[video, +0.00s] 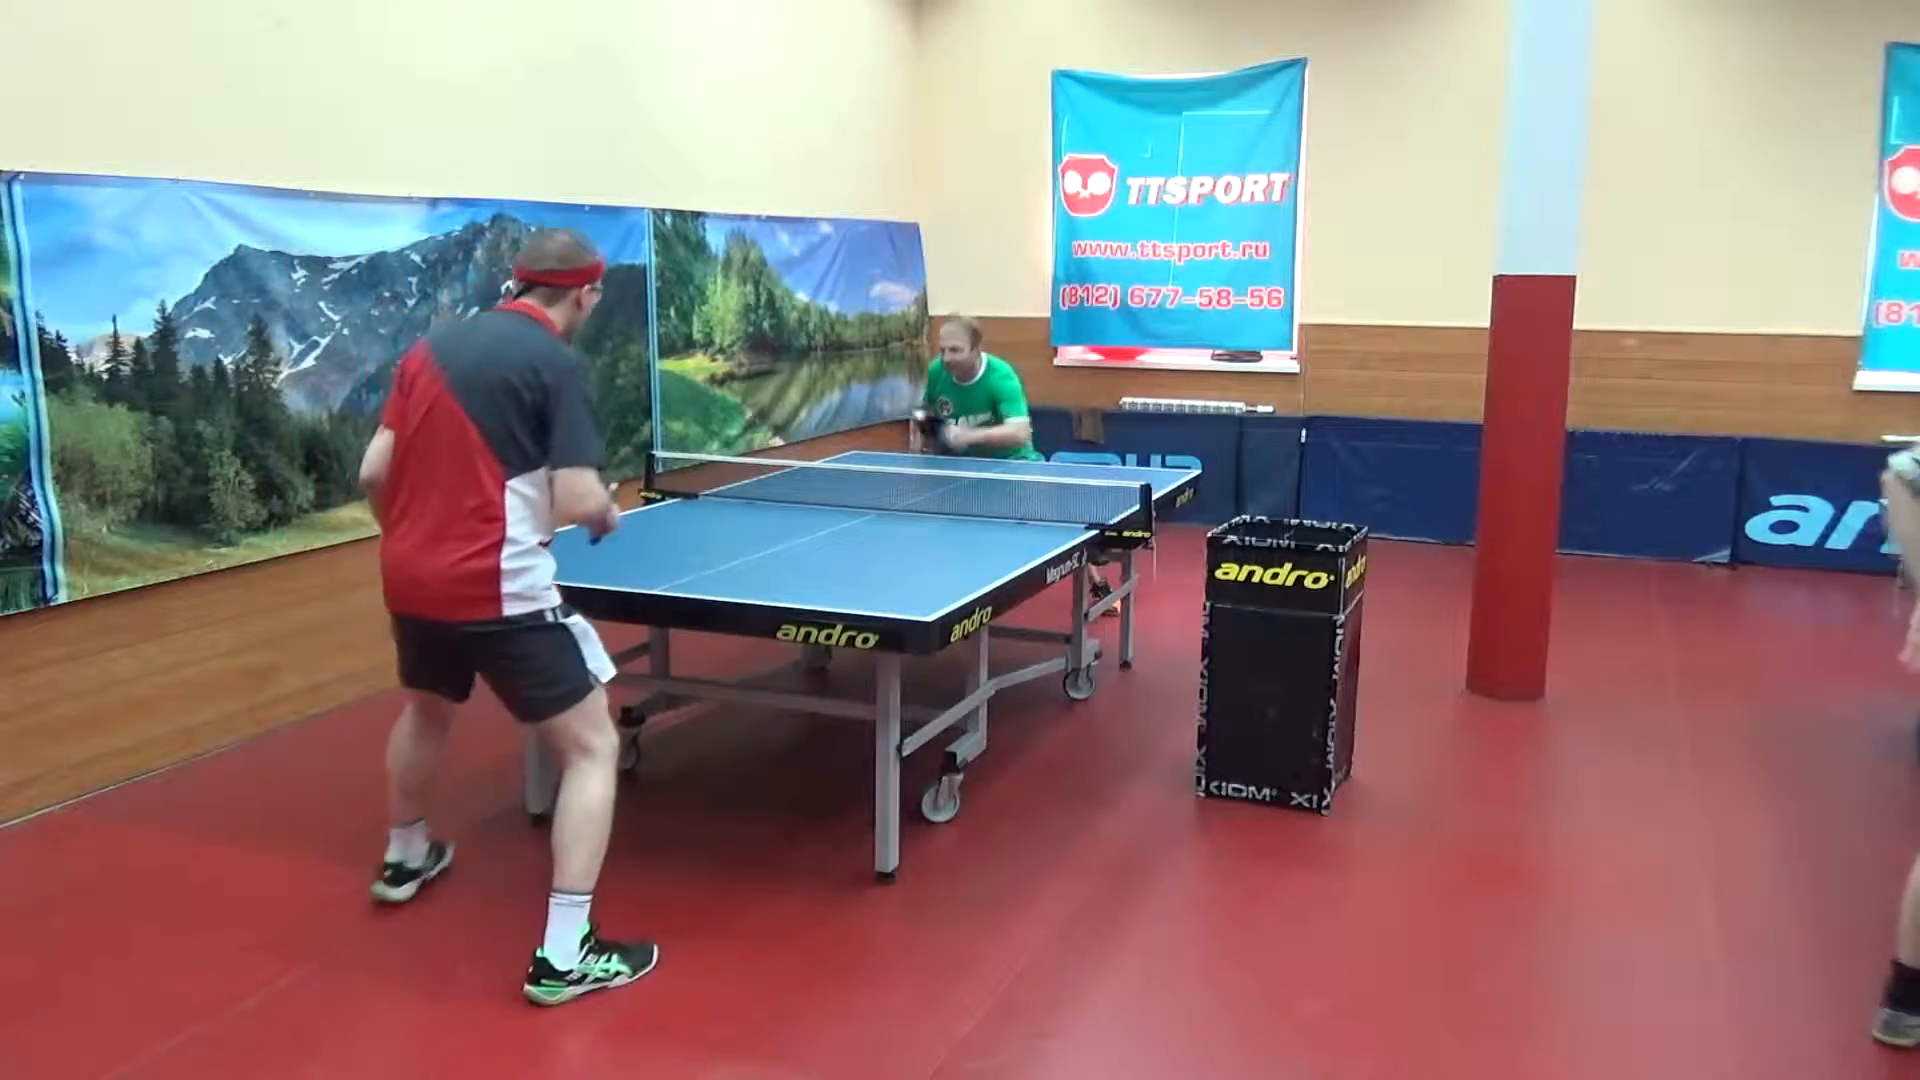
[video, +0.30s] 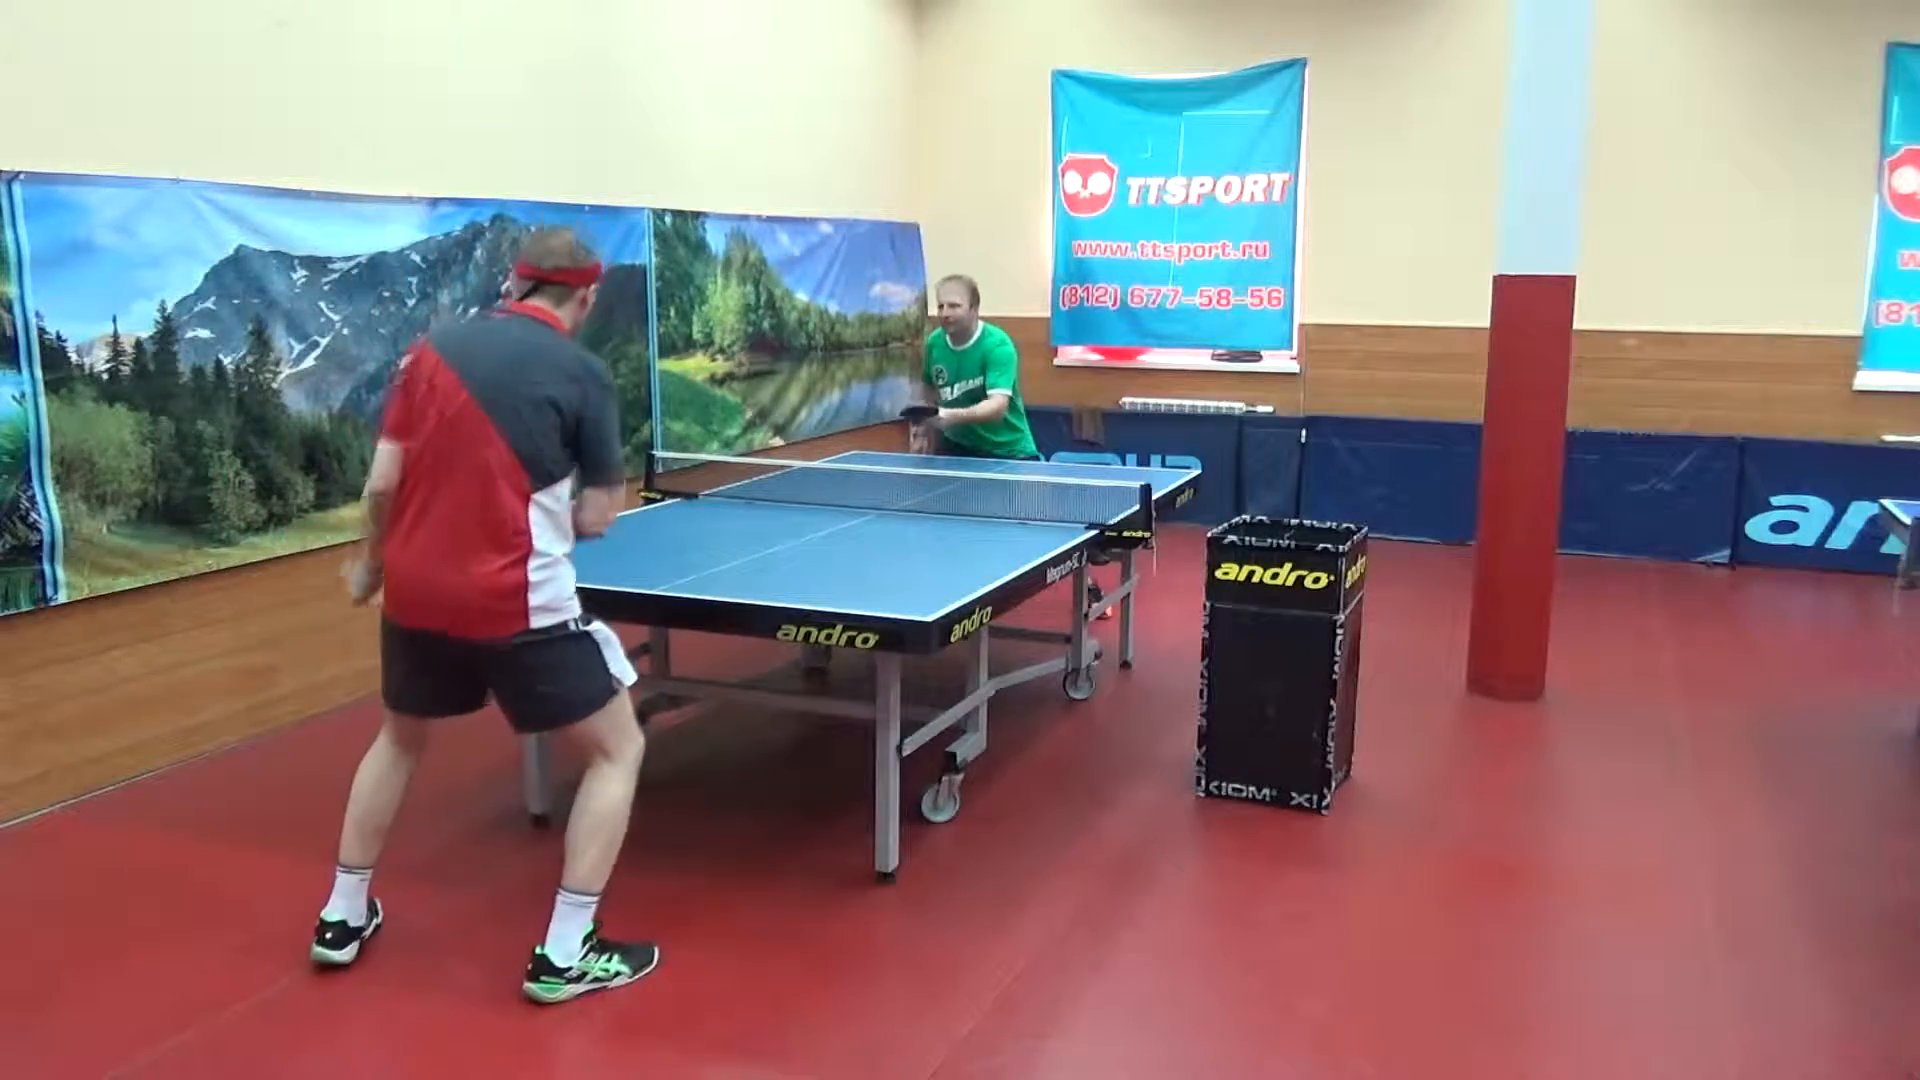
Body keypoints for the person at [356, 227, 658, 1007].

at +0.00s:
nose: (594, 308)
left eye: (593, 296)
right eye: (596, 296)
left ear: (517, 285)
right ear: (580, 294)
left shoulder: (433, 345)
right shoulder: (553, 361)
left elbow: (374, 474)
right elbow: (577, 503)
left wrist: (416, 537)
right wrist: (603, 508)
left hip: (412, 582)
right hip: (503, 589)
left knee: (425, 708)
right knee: (591, 748)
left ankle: (404, 857)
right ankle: (565, 951)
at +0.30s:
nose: (590, 311)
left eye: (588, 301)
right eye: (590, 301)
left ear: (511, 287)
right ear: (581, 299)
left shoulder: (432, 348)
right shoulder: (580, 375)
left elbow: (382, 481)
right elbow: (594, 515)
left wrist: (371, 558)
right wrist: (519, 504)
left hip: (415, 598)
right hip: (523, 605)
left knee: (397, 739)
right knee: (618, 749)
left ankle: (342, 915)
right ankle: (566, 949)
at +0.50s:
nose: (528, 349)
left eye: (528, 338)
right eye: (530, 338)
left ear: (457, 320)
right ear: (520, 335)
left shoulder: (404, 374)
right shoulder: (519, 402)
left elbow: (356, 506)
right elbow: (451, 482)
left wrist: (270, 626)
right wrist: (339, 497)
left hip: (394, 629)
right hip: (508, 630)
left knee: (364, 734)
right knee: (594, 762)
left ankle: (311, 905)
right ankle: (569, 949)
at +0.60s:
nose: (485, 352)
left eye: (480, 342)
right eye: (485, 342)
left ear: (407, 334)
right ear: (476, 343)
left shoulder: (355, 395)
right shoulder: (482, 412)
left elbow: (314, 525)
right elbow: (399, 488)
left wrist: (225, 643)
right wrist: (281, 502)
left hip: (366, 645)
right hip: (480, 643)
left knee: (317, 745)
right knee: (563, 769)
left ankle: (283, 917)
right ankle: (566, 949)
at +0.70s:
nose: (441, 346)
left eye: (440, 336)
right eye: (440, 336)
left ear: (357, 333)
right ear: (430, 338)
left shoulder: (307, 390)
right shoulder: (440, 414)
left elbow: (268, 526)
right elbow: (380, 525)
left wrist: (190, 646)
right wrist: (262, 545)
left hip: (330, 643)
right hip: (445, 638)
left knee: (299, 744)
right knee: (535, 768)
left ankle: (282, 919)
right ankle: (562, 947)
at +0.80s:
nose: (399, 326)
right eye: (399, 316)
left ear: (314, 313)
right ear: (388, 317)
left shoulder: (263, 375)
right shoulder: (414, 401)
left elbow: (231, 507)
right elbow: (383, 513)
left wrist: (173, 630)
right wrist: (254, 566)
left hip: (297, 626)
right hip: (415, 620)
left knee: (286, 741)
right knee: (505, 759)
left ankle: (281, 919)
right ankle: (555, 942)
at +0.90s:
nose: (366, 302)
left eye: (363, 291)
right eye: (365, 291)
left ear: (283, 290)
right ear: (353, 293)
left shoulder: (223, 355)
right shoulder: (384, 377)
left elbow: (193, 490)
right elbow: (404, 515)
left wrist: (161, 605)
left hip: (271, 603)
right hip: (386, 595)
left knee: (279, 737)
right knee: (476, 750)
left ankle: (281, 922)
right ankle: (547, 939)